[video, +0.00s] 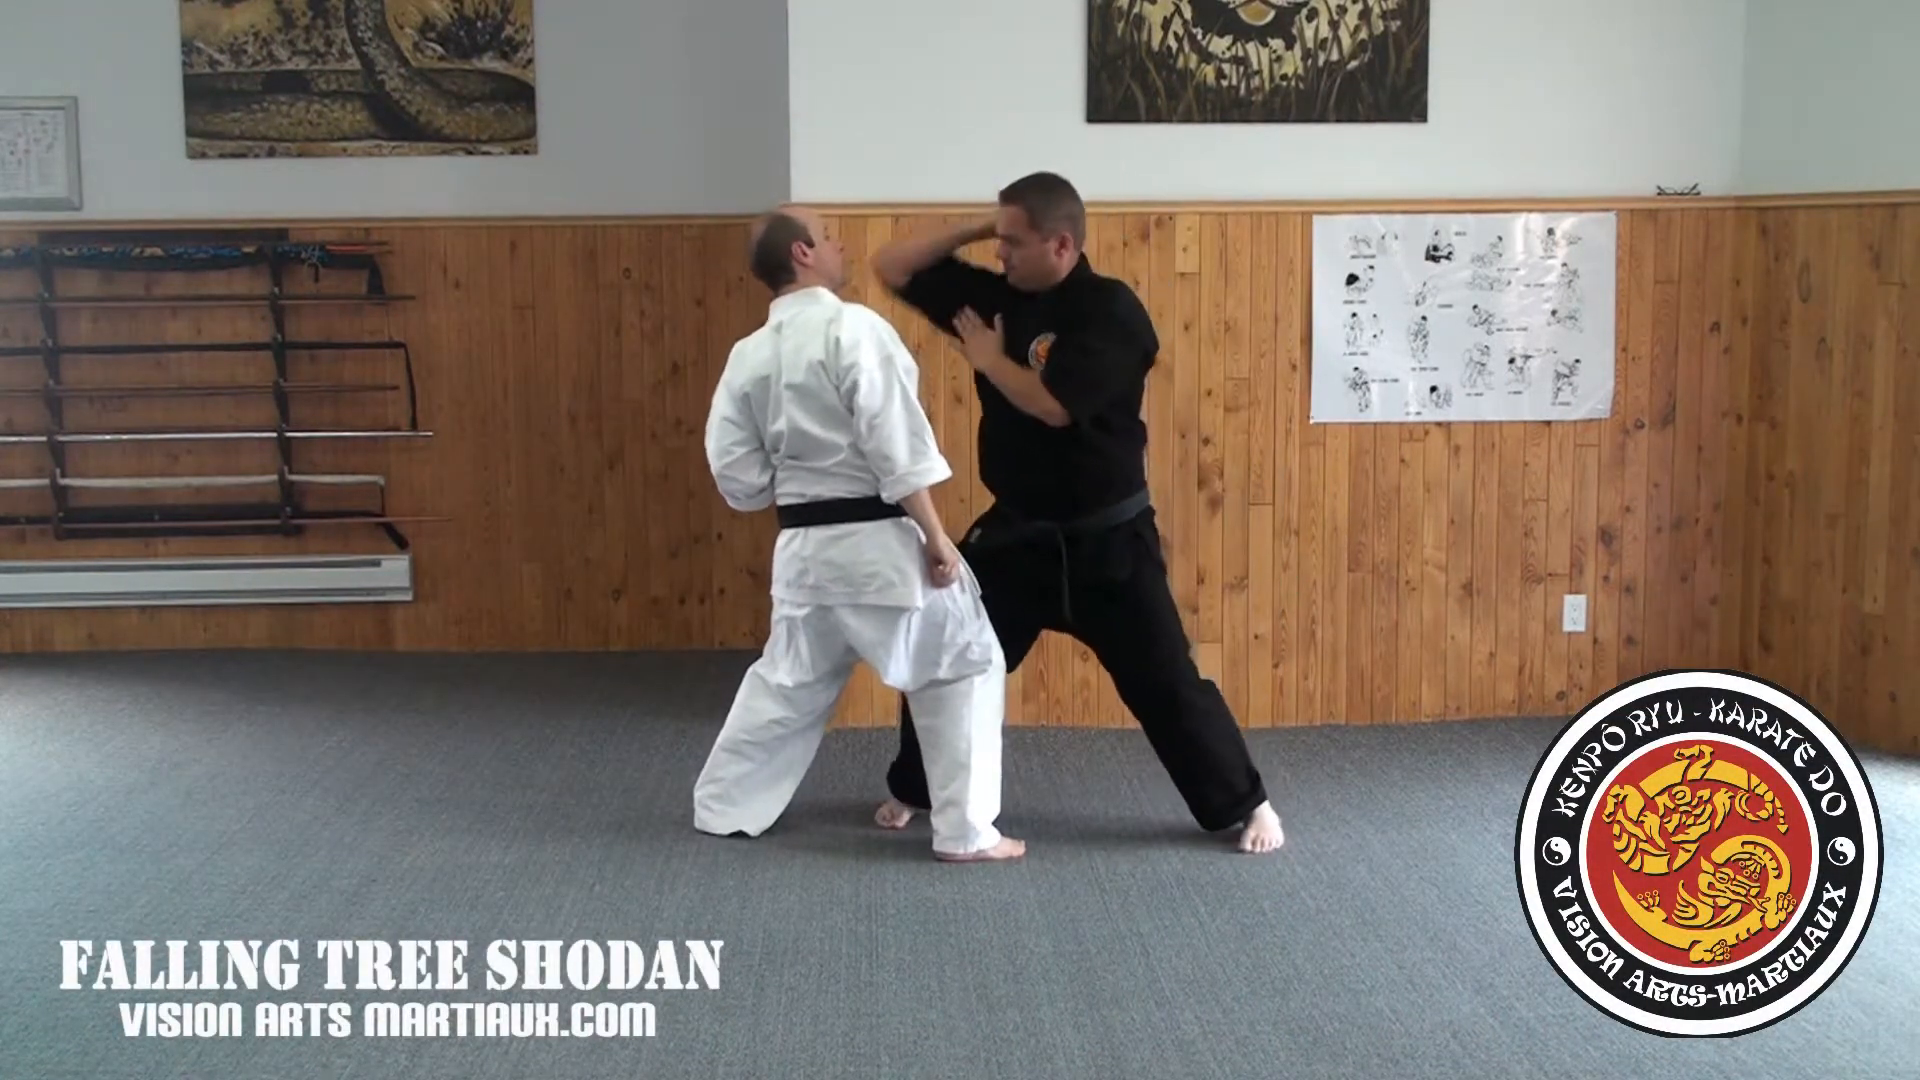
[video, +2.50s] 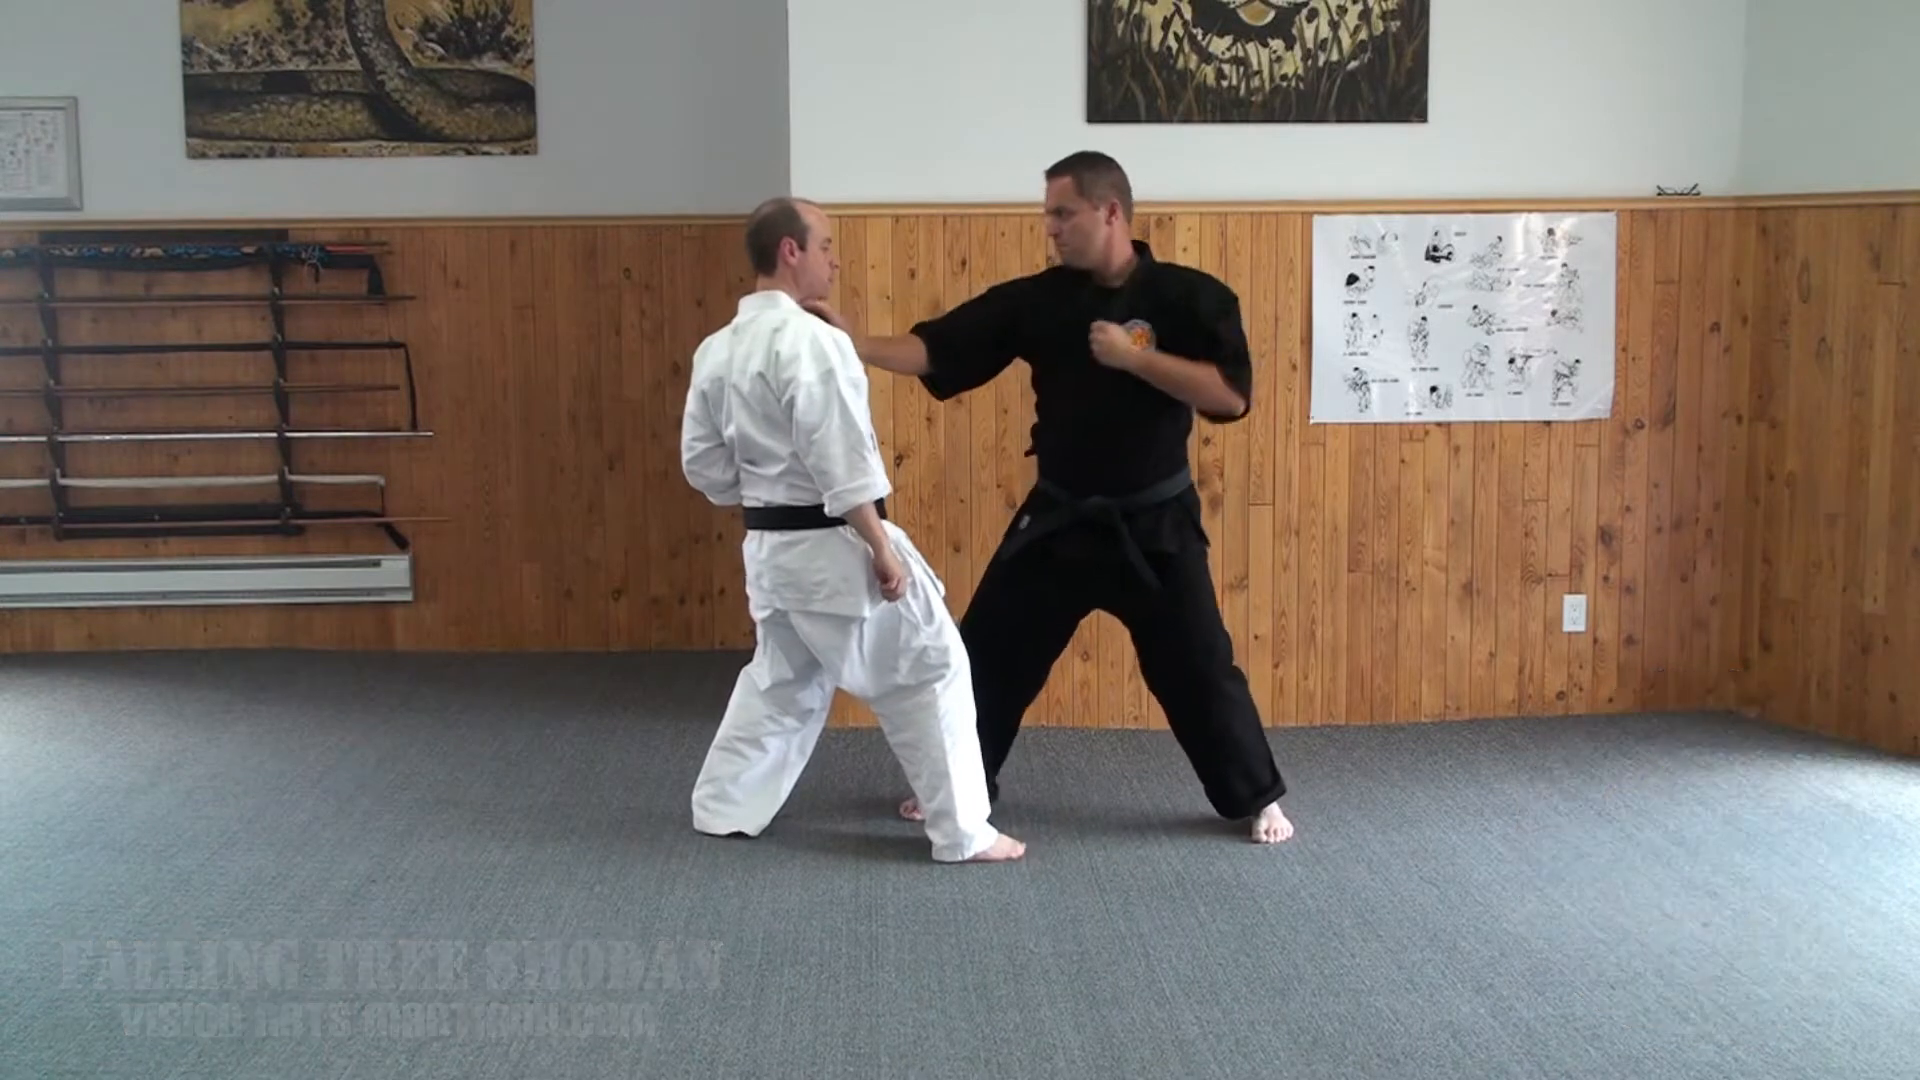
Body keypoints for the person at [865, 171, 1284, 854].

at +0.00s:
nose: (1000, 252)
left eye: (1012, 242)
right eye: (998, 239)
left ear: (1060, 245)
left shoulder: (1113, 313)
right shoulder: (995, 303)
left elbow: (1055, 406)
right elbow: (890, 268)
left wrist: (988, 359)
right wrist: (977, 233)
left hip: (1108, 537)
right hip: (1014, 534)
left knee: (1165, 682)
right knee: (939, 658)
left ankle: (1246, 804)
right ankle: (914, 790)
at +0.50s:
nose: (1017, 238)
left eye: (1029, 226)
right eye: (1015, 226)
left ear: (1080, 227)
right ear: (1020, 225)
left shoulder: (1132, 302)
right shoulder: (1008, 290)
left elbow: (1094, 398)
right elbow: (914, 261)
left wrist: (1012, 347)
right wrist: (951, 215)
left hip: (1127, 522)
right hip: (1031, 518)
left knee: (1184, 666)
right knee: (964, 658)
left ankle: (1257, 790)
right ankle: (914, 788)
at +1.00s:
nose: (1041, 245)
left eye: (1053, 233)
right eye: (1039, 232)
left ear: (1104, 235)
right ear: (1086, 235)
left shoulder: (1164, 310)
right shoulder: (1027, 307)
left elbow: (1147, 413)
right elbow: (940, 361)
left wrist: (1056, 371)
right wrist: (860, 377)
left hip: (1146, 526)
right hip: (1049, 522)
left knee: (1188, 667)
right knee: (981, 652)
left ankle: (1255, 798)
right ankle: (954, 786)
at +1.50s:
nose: (1040, 225)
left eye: (1052, 213)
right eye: (1040, 213)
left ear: (1101, 214)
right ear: (1091, 218)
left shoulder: (1112, 281)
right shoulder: (1079, 283)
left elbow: (994, 324)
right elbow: (1019, 371)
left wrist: (893, 309)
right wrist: (978, 350)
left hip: (1133, 509)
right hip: (1061, 506)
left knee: (1177, 660)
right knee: (993, 651)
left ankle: (1265, 787)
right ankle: (964, 785)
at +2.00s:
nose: (1048, 244)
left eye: (1061, 231)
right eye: (1045, 230)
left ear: (1111, 231)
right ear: (1048, 231)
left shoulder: (1171, 309)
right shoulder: (1034, 307)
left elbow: (1155, 414)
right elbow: (931, 322)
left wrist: (1055, 380)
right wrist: (857, 315)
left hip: (1142, 532)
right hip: (1043, 527)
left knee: (1197, 667)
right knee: (973, 651)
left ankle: (1258, 798)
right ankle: (946, 785)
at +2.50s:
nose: (1051, 228)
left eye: (1063, 214)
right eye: (1048, 215)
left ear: (1113, 213)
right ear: (1051, 217)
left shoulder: (1192, 298)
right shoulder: (1034, 301)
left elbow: (1232, 397)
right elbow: (935, 348)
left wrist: (1136, 358)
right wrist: (848, 342)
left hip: (1155, 524)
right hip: (1054, 522)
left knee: (1200, 666)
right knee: (987, 655)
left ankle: (1260, 799)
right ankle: (957, 788)